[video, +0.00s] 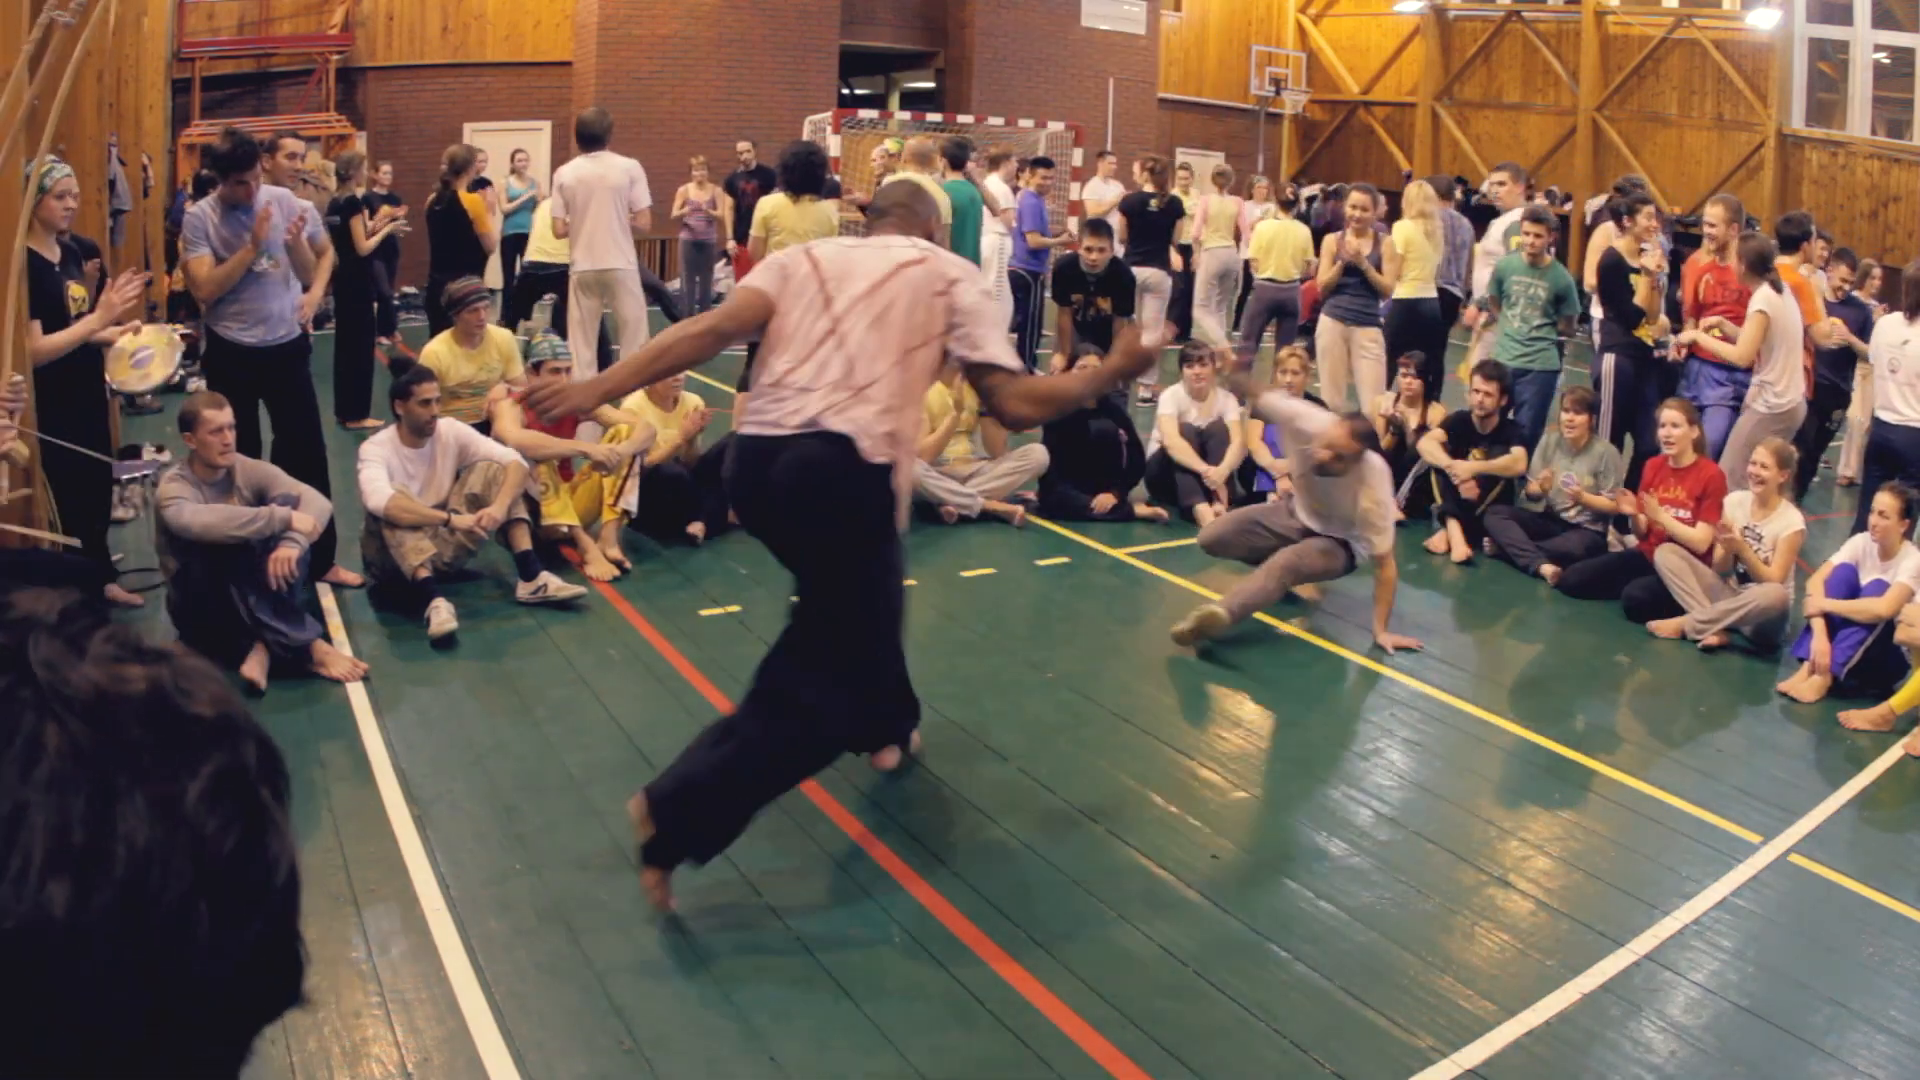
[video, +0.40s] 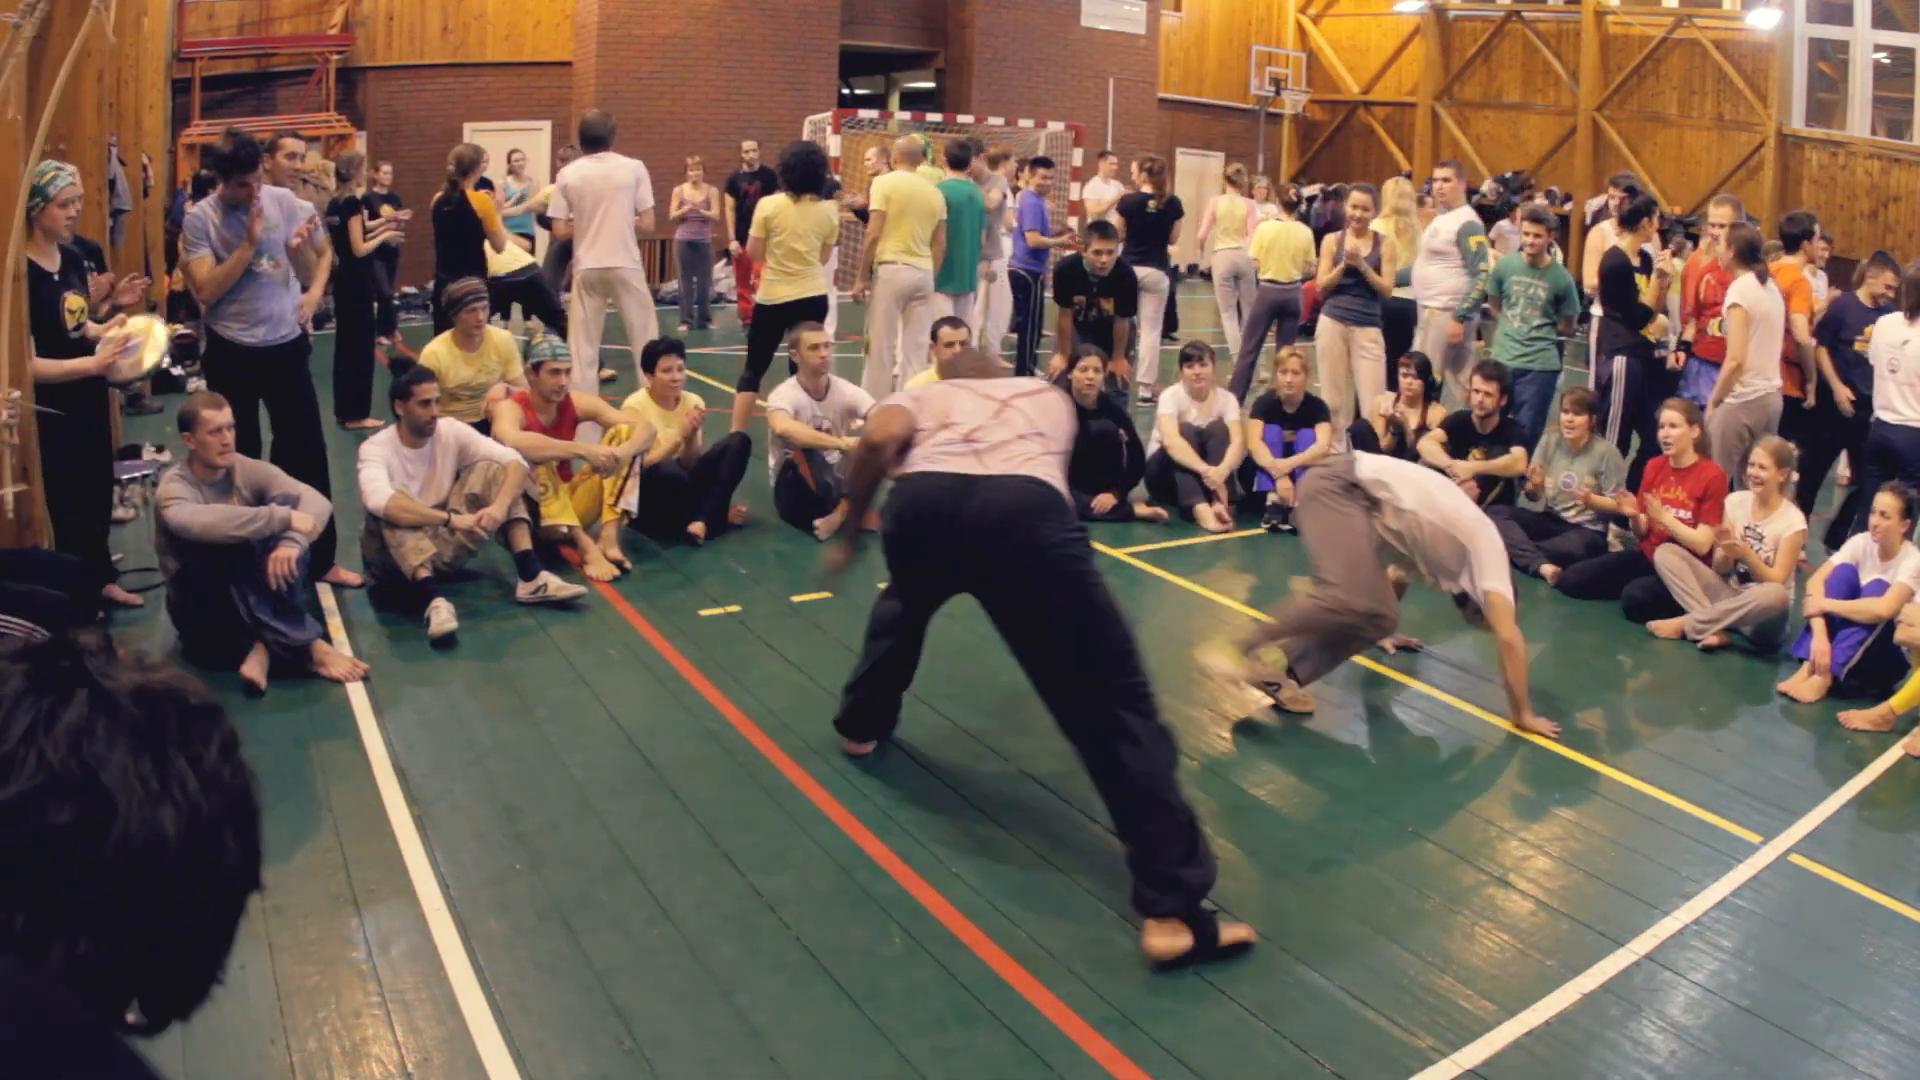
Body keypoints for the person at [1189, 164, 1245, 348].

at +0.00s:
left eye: (1215, 179)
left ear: (1212, 180)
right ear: (1231, 181)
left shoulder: (1205, 201)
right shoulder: (1238, 203)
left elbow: (1196, 233)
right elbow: (1245, 232)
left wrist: (1196, 251)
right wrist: (1245, 252)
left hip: (1211, 250)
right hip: (1231, 250)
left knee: (1201, 306)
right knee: (1223, 304)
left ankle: (1223, 347)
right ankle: (1219, 347)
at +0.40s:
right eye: (1246, 180)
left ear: (1225, 181)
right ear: (1244, 182)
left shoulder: (1216, 202)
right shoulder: (1249, 204)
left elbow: (1202, 234)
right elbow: (1251, 233)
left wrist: (1201, 249)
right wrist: (1253, 251)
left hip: (1221, 252)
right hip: (1243, 252)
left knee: (1227, 311)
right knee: (1249, 308)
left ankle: (1237, 356)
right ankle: (1250, 354)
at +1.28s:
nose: (1203, 183)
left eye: (1203, 180)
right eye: (1203, 180)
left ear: (1208, 180)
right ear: (1224, 181)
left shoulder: (1202, 199)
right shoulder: (1233, 204)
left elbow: (1192, 232)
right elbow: (1244, 236)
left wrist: (1185, 243)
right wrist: (1253, 252)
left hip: (1204, 253)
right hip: (1226, 253)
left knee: (1183, 314)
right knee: (1225, 319)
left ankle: (1175, 365)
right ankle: (1229, 368)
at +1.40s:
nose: (1192, 183)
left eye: (1194, 180)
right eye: (1194, 181)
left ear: (1197, 181)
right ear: (1215, 182)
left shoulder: (1191, 199)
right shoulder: (1222, 206)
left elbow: (1184, 231)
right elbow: (1236, 239)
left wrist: (1177, 243)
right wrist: (1244, 260)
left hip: (1192, 256)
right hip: (1214, 256)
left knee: (1173, 321)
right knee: (1219, 318)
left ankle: (1178, 372)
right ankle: (1230, 368)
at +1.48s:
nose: (1184, 185)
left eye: (1186, 181)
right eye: (1187, 181)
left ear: (1189, 182)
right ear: (1207, 184)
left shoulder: (1183, 201)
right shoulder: (1213, 206)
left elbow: (1180, 231)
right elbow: (1227, 239)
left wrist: (1169, 243)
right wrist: (1231, 262)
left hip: (1188, 258)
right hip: (1210, 257)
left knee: (1167, 320)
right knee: (1217, 317)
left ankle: (1169, 375)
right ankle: (1232, 363)